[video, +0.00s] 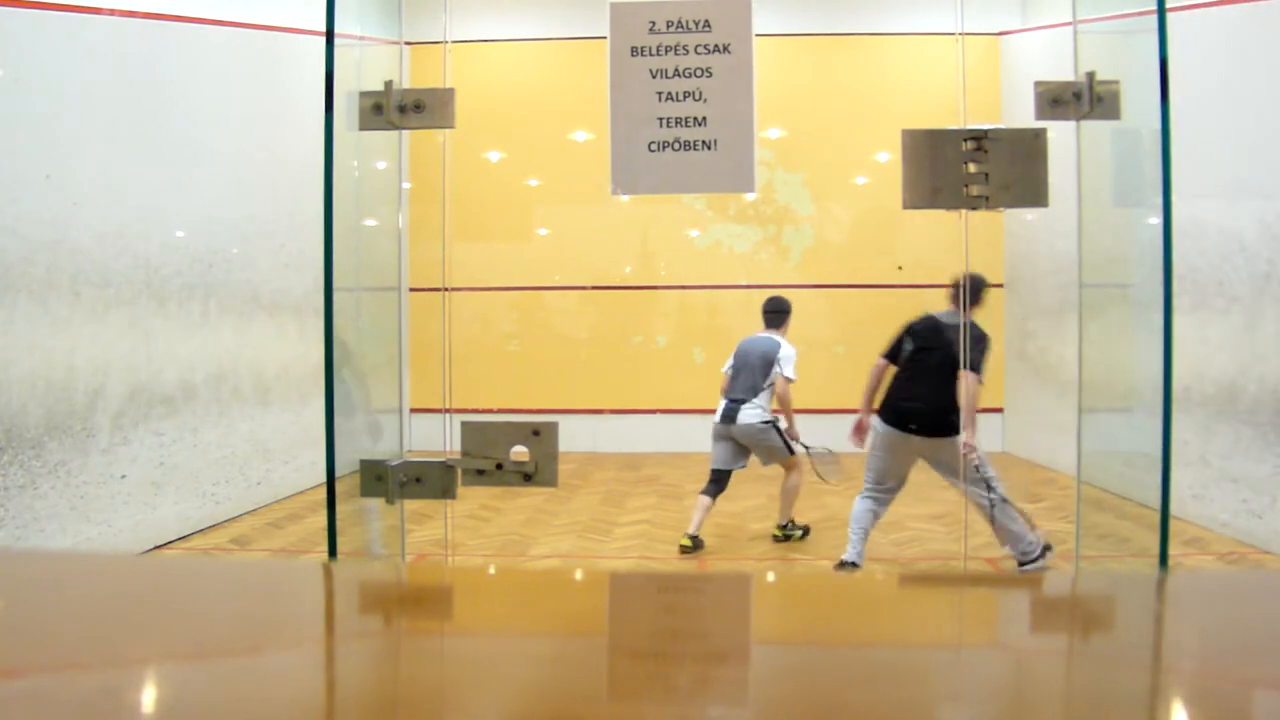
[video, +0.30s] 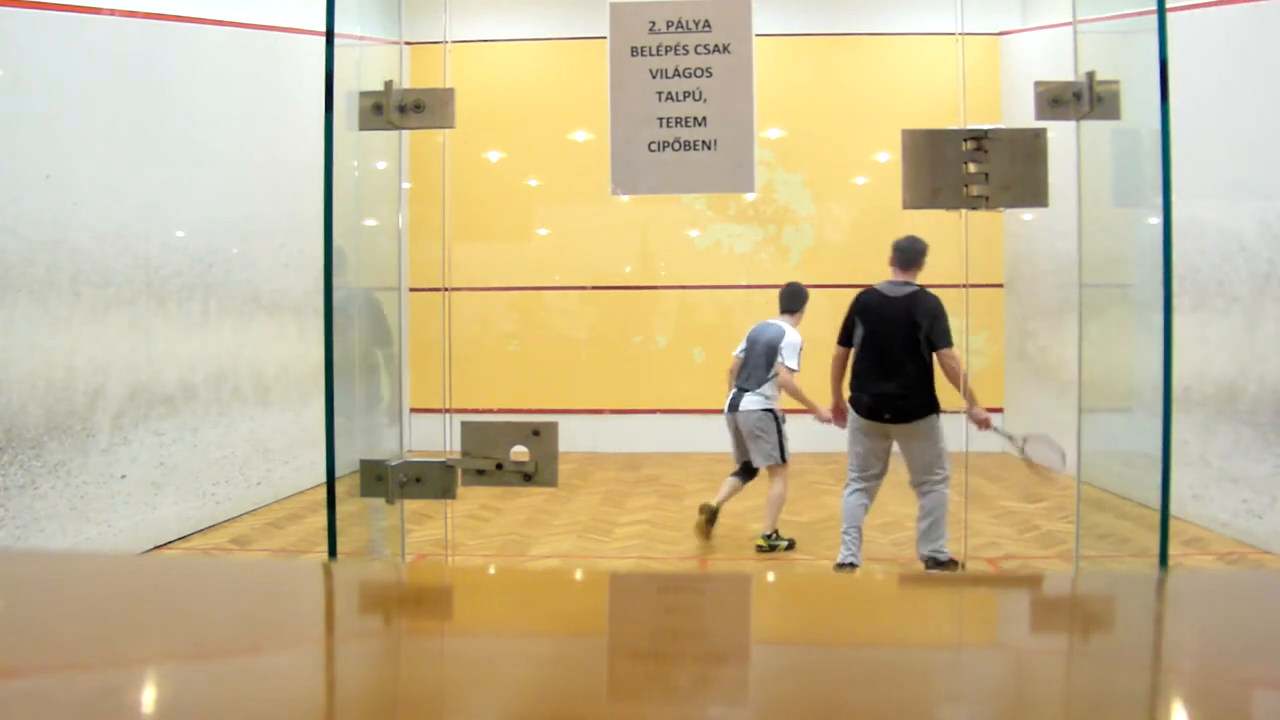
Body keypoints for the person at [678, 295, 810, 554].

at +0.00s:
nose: (788, 322)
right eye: (789, 318)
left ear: (764, 318)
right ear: (787, 319)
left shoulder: (743, 344)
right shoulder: (784, 348)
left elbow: (726, 386)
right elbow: (781, 391)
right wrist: (791, 426)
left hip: (725, 416)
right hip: (754, 419)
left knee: (717, 480)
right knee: (794, 465)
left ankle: (691, 534)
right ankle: (784, 525)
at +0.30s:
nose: (804, 312)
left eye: (803, 307)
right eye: (805, 308)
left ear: (780, 305)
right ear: (802, 309)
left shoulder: (758, 329)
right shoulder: (791, 336)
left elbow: (734, 367)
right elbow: (785, 380)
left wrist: (735, 399)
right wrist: (815, 408)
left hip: (734, 407)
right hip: (761, 410)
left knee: (747, 468)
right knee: (778, 472)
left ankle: (715, 504)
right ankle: (769, 534)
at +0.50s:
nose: (817, 321)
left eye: (818, 317)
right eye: (818, 317)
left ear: (794, 311)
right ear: (815, 315)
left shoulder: (772, 330)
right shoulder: (798, 335)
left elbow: (743, 356)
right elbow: (794, 368)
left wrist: (736, 378)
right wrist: (827, 377)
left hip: (740, 403)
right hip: (762, 407)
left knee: (756, 455)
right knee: (772, 472)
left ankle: (752, 509)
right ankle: (768, 534)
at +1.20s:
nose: (814, 308)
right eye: (815, 304)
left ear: (792, 303)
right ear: (813, 306)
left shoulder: (773, 325)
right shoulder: (815, 338)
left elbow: (744, 355)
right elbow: (817, 372)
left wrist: (734, 385)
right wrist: (811, 403)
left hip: (759, 397)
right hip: (788, 400)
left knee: (769, 454)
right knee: (787, 460)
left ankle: (775, 505)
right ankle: (772, 505)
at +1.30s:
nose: (811, 304)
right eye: (811, 300)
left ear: (788, 300)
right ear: (810, 302)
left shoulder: (768, 324)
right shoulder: (814, 334)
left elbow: (747, 359)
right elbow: (806, 365)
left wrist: (739, 392)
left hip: (760, 398)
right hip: (789, 400)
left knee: (770, 453)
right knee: (791, 458)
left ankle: (773, 508)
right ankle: (781, 507)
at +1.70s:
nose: (808, 299)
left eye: (805, 294)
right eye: (808, 295)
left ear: (783, 296)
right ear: (806, 297)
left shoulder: (763, 324)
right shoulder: (815, 331)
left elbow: (747, 362)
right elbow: (818, 374)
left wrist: (743, 397)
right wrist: (805, 399)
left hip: (760, 401)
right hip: (792, 403)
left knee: (760, 457)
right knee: (795, 467)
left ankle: (758, 508)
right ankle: (784, 521)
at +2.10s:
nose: (779, 291)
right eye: (781, 287)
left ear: (757, 290)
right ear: (781, 290)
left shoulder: (742, 318)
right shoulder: (796, 322)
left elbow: (729, 356)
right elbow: (804, 365)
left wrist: (720, 388)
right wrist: (801, 401)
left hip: (741, 398)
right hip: (776, 401)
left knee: (720, 456)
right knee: (782, 463)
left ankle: (719, 508)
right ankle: (787, 518)